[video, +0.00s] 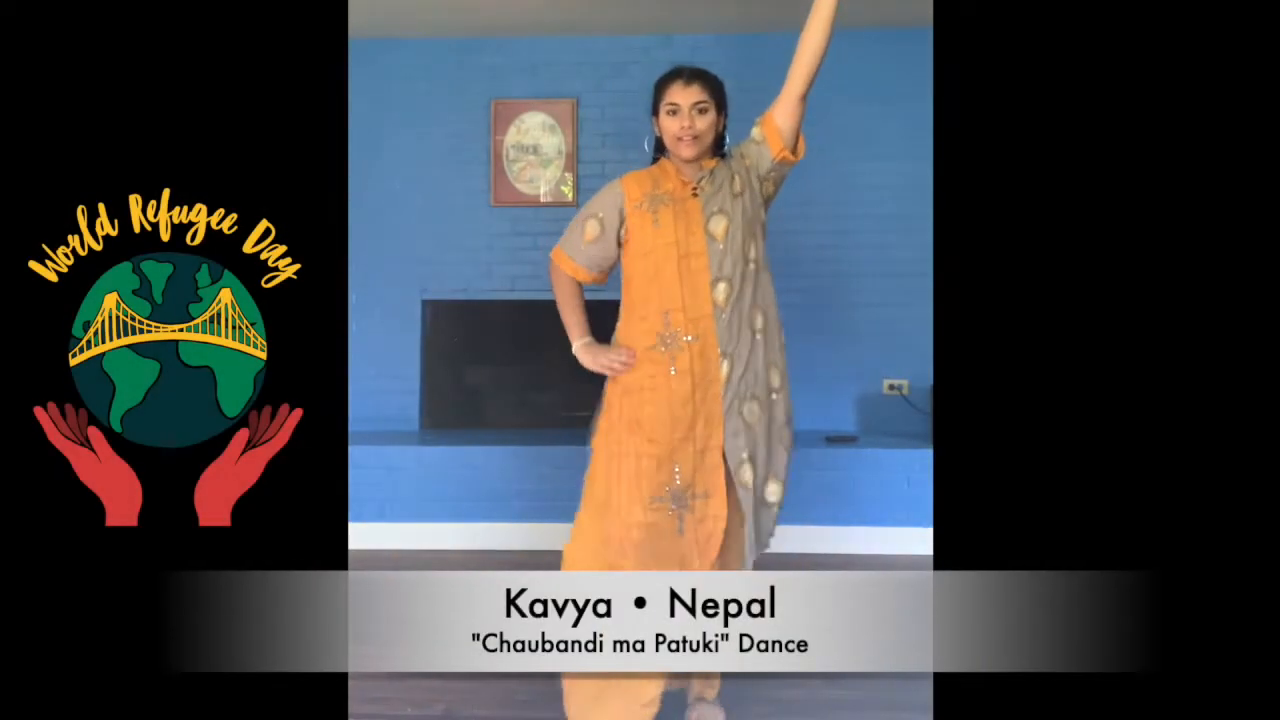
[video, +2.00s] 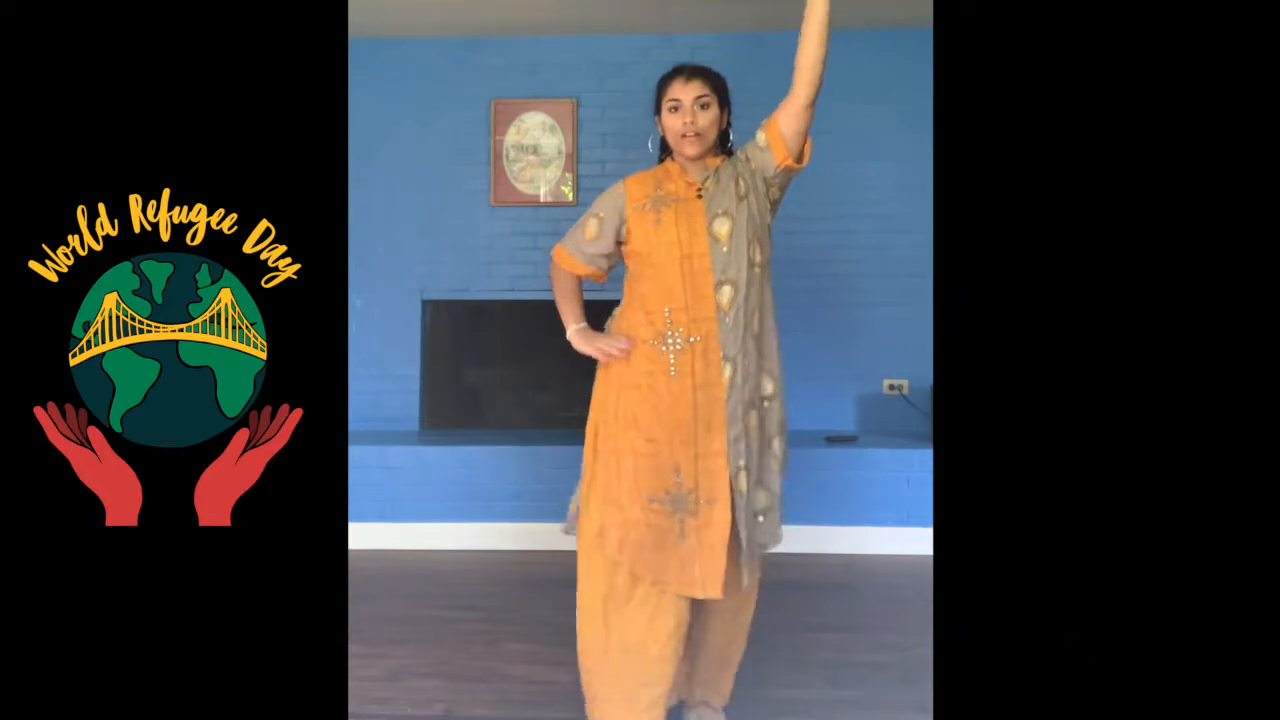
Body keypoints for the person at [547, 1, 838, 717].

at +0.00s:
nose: (686, 121)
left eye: (700, 109)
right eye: (673, 110)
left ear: (720, 120)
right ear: (656, 121)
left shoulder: (745, 180)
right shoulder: (631, 193)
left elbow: (796, 88)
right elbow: (565, 262)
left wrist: (827, 2)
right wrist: (583, 344)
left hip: (728, 387)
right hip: (646, 388)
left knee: (717, 541)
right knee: (628, 540)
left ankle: (705, 691)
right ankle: (619, 700)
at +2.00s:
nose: (689, 117)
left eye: (702, 105)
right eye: (675, 107)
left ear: (723, 117)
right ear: (660, 121)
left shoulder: (751, 179)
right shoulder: (634, 194)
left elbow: (803, 91)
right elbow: (566, 258)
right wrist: (579, 332)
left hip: (731, 391)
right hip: (643, 390)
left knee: (729, 551)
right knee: (634, 552)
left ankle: (704, 701)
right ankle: (630, 705)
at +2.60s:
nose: (679, 101)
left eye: (693, 90)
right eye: (666, 91)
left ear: (714, 106)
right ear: (649, 107)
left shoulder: (744, 167)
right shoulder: (618, 181)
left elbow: (847, 176)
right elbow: (555, 226)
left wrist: (784, 191)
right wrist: (538, 241)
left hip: (720, 383)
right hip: (634, 386)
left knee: (719, 536)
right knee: (630, 536)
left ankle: (704, 697)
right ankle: (627, 699)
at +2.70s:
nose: (682, 103)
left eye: (696, 92)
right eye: (669, 93)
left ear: (718, 106)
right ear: (652, 108)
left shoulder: (747, 180)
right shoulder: (617, 184)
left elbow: (823, 257)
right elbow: (554, 255)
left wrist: (769, 241)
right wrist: (575, 274)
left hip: (719, 381)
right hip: (633, 382)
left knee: (717, 526)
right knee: (633, 528)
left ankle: (703, 690)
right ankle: (628, 692)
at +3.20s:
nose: (693, 103)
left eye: (708, 93)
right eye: (681, 93)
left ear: (731, 107)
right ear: (664, 109)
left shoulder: (757, 169)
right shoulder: (635, 181)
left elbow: (759, 272)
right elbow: (619, 264)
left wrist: (745, 345)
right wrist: (607, 315)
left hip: (717, 383)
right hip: (636, 380)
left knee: (716, 540)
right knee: (642, 541)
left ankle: (714, 674)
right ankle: (650, 696)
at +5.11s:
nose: (684, 123)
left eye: (699, 110)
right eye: (671, 112)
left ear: (725, 118)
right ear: (656, 124)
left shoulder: (763, 204)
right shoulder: (628, 197)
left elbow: (783, 323)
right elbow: (586, 307)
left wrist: (801, 428)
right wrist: (573, 412)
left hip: (731, 431)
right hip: (636, 429)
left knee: (724, 610)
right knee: (637, 606)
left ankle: (708, 713)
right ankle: (635, 713)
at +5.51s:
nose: (691, 114)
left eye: (706, 102)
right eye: (677, 103)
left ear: (728, 112)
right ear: (658, 114)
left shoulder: (762, 190)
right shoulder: (622, 190)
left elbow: (855, 256)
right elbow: (565, 285)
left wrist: (788, 315)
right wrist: (582, 363)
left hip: (728, 418)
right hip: (635, 416)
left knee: (719, 593)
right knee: (632, 587)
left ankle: (695, 710)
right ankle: (629, 709)